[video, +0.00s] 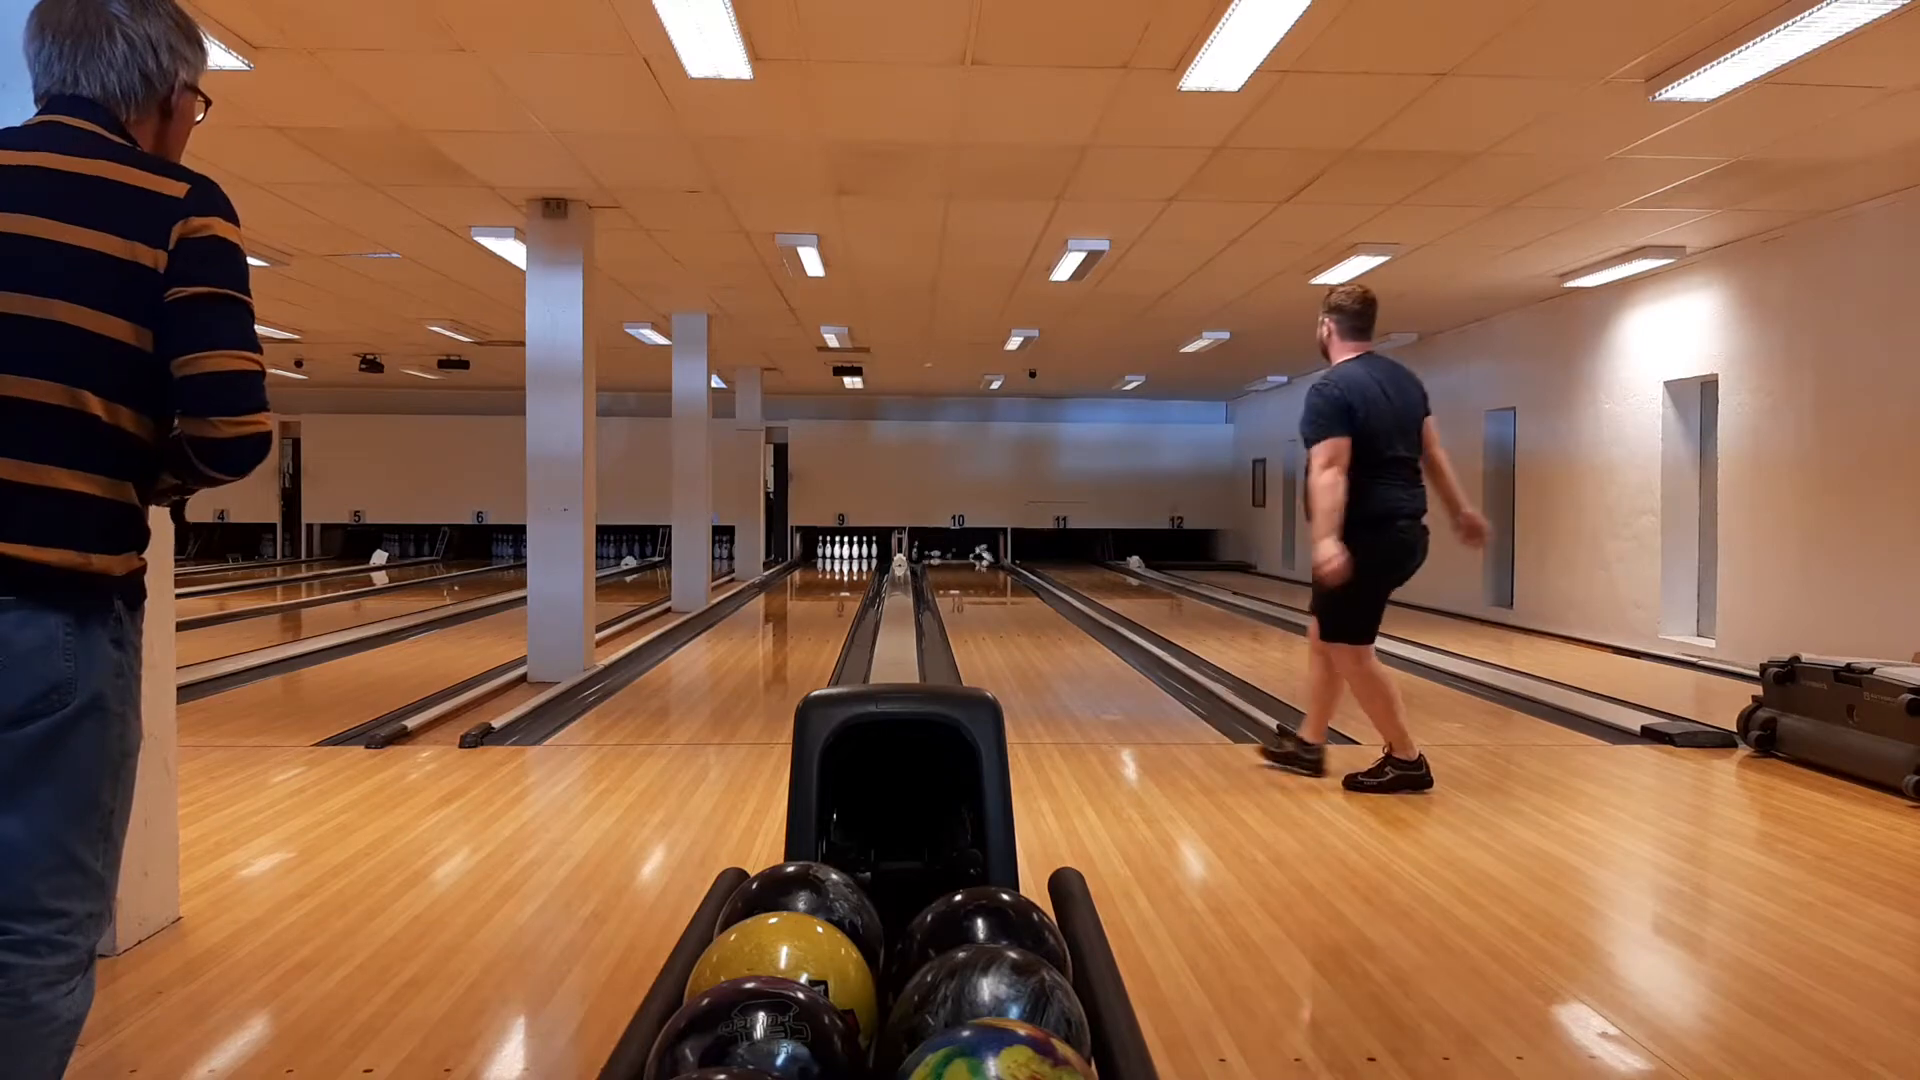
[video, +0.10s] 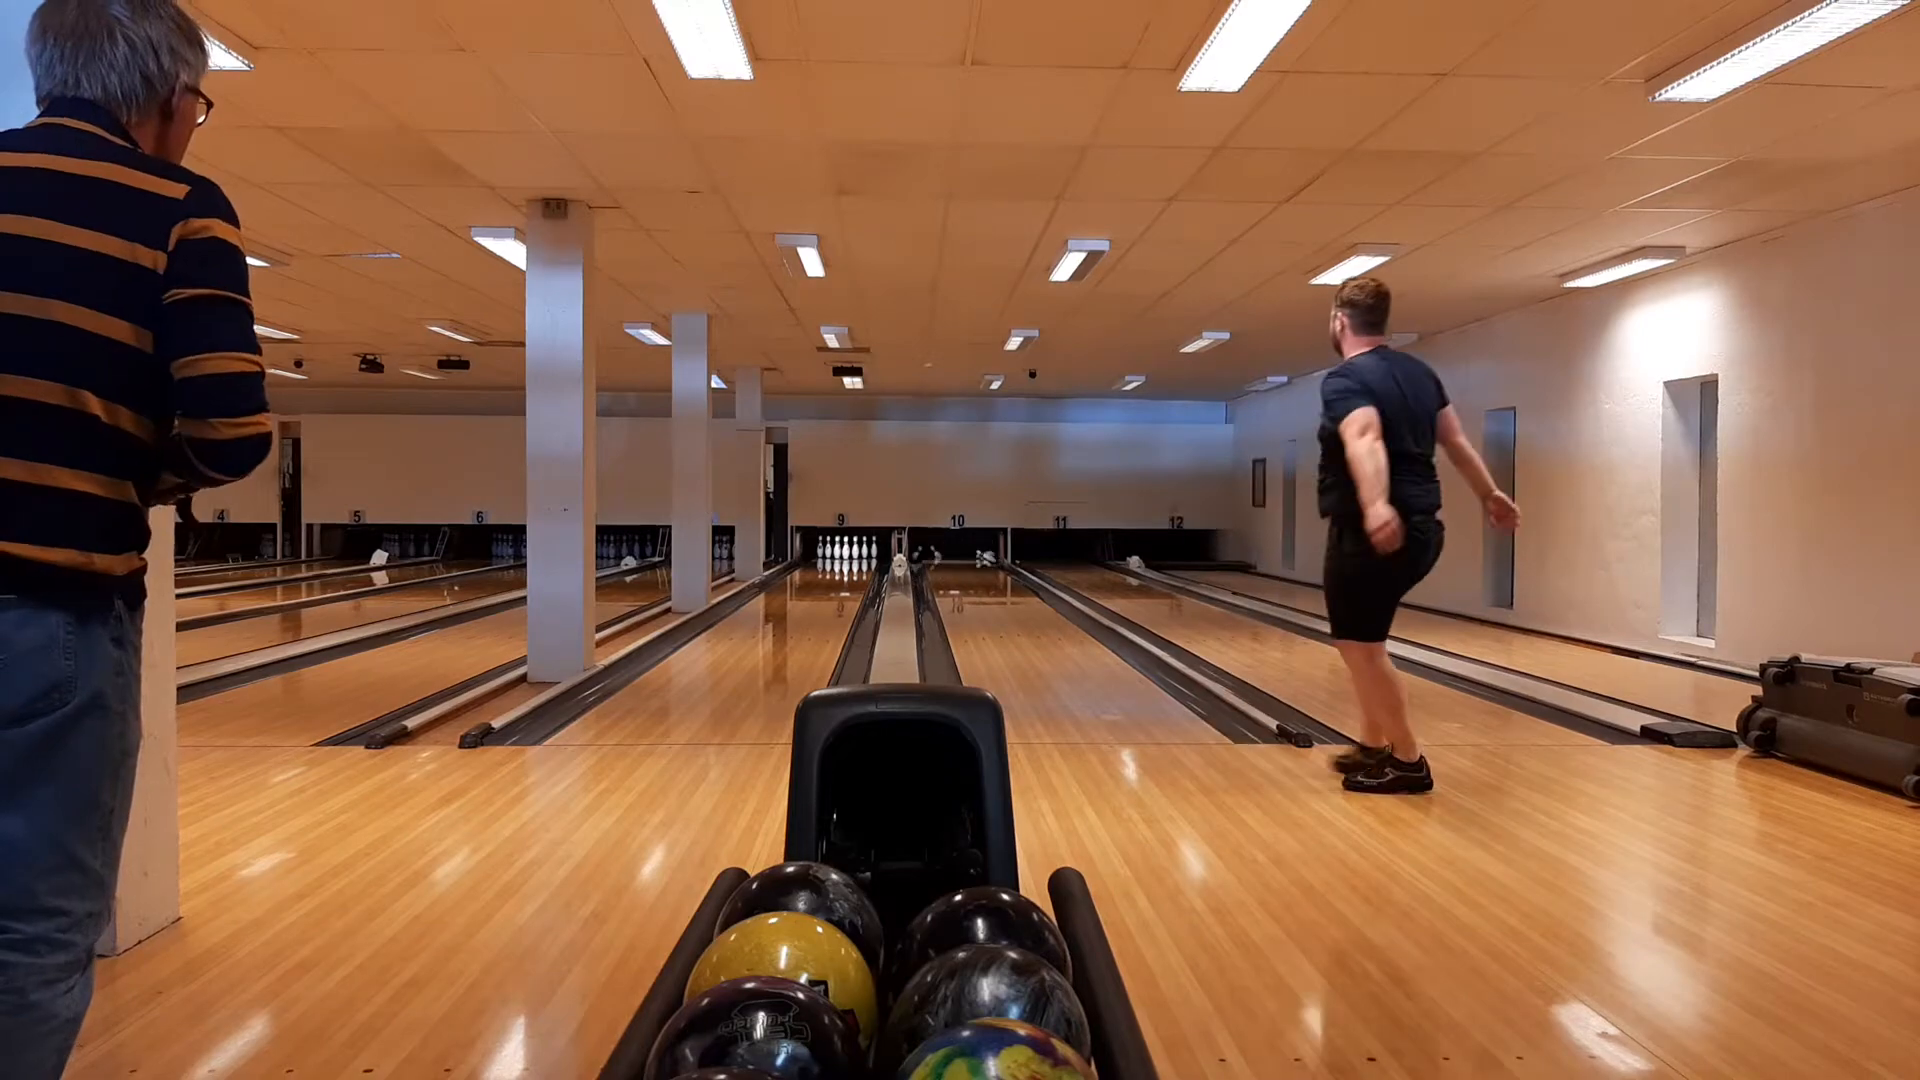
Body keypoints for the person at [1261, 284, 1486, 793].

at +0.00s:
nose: (1317, 334)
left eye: (1318, 326)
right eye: (1321, 326)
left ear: (1327, 329)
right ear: (1369, 330)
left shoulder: (1330, 389)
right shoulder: (1406, 380)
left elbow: (1329, 467)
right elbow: (1432, 454)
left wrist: (1324, 537)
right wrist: (1460, 508)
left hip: (1362, 534)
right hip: (1406, 534)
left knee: (1350, 651)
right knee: (1323, 630)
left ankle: (1406, 759)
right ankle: (1309, 743)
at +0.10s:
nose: (1330, 328)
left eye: (1331, 321)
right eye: (1332, 321)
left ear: (1340, 323)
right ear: (1384, 325)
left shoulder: (1345, 378)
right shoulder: (1421, 373)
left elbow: (1365, 436)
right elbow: (1454, 439)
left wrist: (1375, 503)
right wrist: (1489, 493)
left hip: (1366, 531)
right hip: (1420, 528)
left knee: (1363, 644)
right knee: (1359, 636)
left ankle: (1407, 762)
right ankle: (1376, 746)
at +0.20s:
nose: (1348, 320)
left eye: (1348, 313)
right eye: (1350, 312)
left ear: (1357, 316)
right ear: (1401, 316)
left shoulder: (1362, 370)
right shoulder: (1436, 369)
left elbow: (1385, 427)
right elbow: (1466, 442)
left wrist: (1399, 492)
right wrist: (1494, 494)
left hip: (1380, 526)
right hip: (1436, 524)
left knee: (1370, 646)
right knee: (1401, 634)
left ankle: (1405, 760)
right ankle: (1436, 745)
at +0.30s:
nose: (1367, 319)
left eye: (1369, 311)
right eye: (1370, 311)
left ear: (1379, 312)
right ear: (1420, 314)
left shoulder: (1381, 369)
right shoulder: (1453, 368)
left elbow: (1392, 437)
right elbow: (1468, 450)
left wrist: (1398, 510)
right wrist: (1475, 508)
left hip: (1395, 527)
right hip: (1453, 523)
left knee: (1378, 644)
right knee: (1429, 639)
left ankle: (1406, 761)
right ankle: (1488, 741)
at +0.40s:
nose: (1392, 322)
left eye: (1393, 313)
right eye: (1393, 313)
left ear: (1404, 314)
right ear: (1446, 314)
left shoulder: (1406, 371)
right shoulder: (1479, 372)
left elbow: (1400, 457)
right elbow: (1476, 452)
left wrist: (1388, 536)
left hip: (1422, 525)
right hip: (1478, 526)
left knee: (1388, 644)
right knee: (1455, 642)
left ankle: (1405, 762)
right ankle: (1518, 753)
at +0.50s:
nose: (1417, 321)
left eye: (1417, 313)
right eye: (1419, 312)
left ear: (1430, 314)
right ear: (1470, 313)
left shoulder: (1436, 373)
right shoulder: (1499, 370)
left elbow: (1414, 461)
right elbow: (1492, 456)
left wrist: (1383, 528)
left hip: (1447, 530)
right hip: (1508, 526)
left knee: (1403, 639)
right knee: (1490, 650)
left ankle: (1403, 759)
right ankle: (1535, 776)